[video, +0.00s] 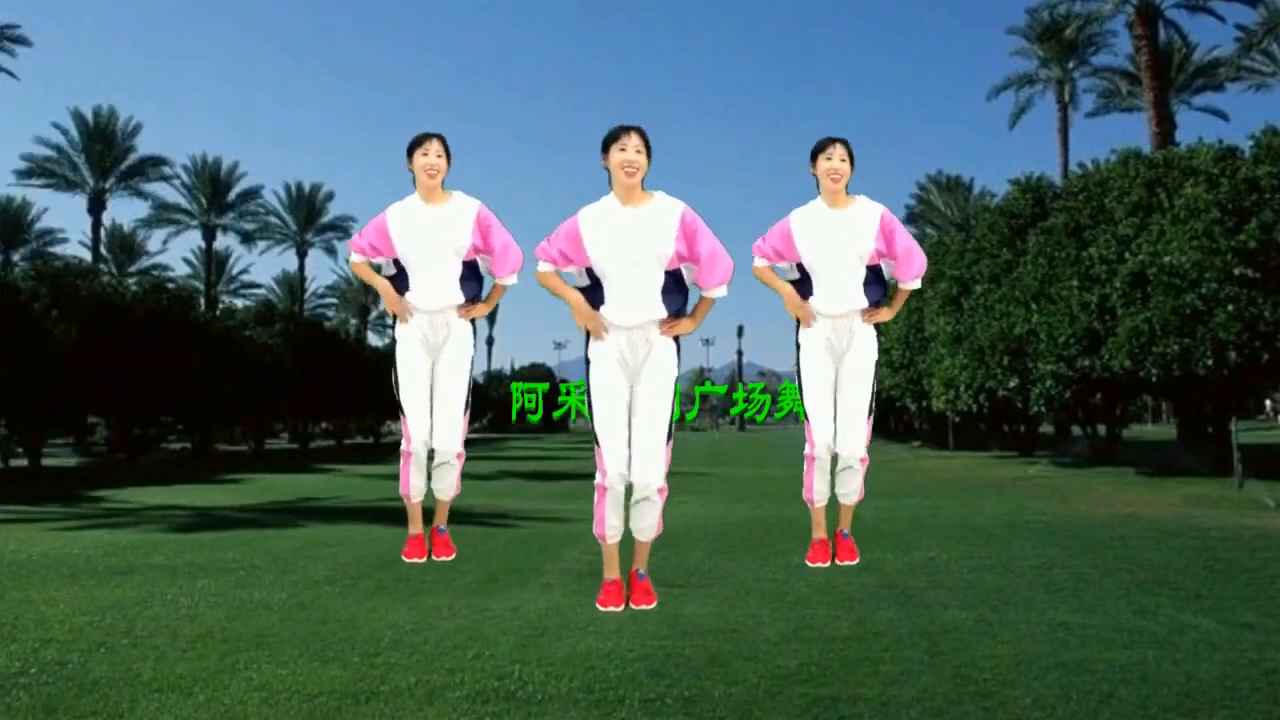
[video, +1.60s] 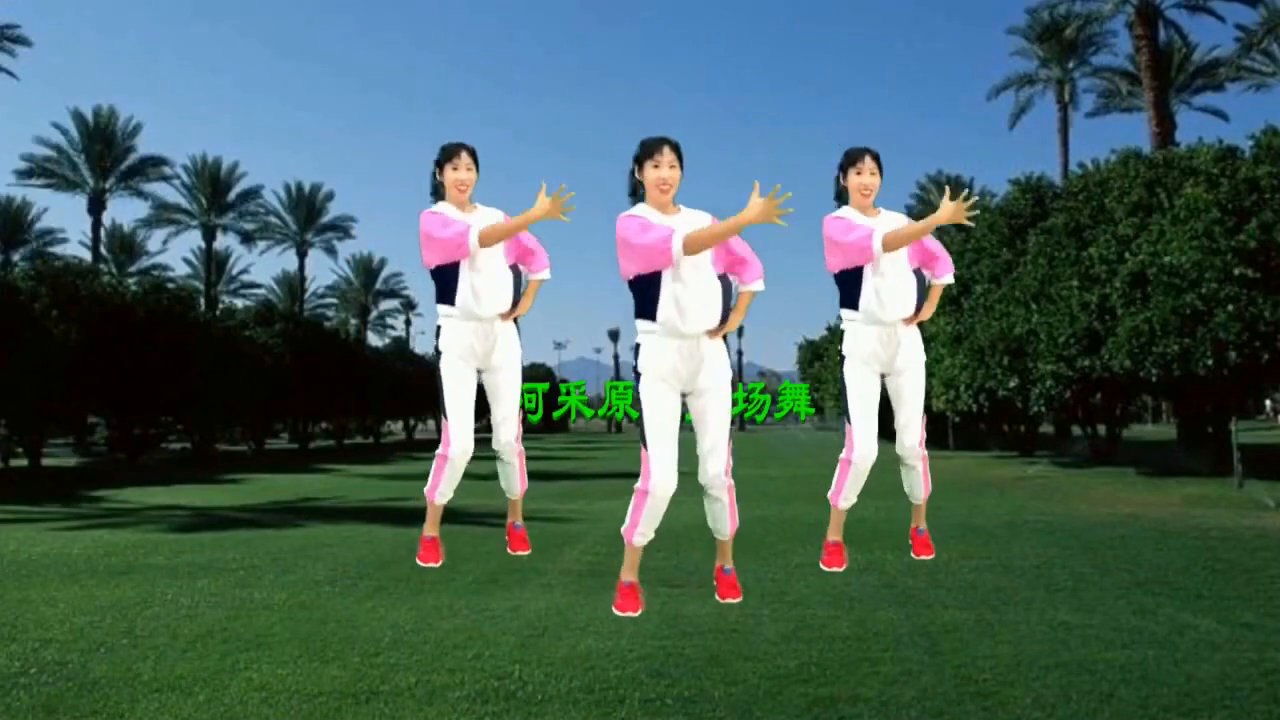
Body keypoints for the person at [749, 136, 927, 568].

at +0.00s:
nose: (835, 165)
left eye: (842, 159)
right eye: (827, 159)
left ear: (852, 170)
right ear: (814, 169)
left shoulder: (874, 215)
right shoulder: (799, 220)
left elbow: (913, 263)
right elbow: (759, 262)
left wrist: (891, 308)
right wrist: (788, 293)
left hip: (860, 330)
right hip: (815, 330)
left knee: (853, 439)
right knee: (820, 437)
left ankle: (844, 533)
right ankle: (819, 536)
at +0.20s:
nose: (835, 175)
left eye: (841, 169)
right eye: (826, 169)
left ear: (849, 179)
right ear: (811, 178)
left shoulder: (872, 220)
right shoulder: (800, 232)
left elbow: (911, 267)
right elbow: (766, 287)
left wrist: (896, 315)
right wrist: (789, 270)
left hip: (863, 335)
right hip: (818, 337)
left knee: (859, 436)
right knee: (822, 439)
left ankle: (864, 500)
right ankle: (819, 534)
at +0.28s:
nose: (837, 167)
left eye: (843, 161)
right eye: (828, 160)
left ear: (850, 170)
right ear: (812, 168)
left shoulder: (872, 207)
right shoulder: (800, 219)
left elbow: (915, 254)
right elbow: (770, 263)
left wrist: (899, 301)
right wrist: (796, 215)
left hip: (868, 324)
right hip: (824, 329)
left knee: (873, 431)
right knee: (826, 435)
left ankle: (882, 498)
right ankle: (819, 534)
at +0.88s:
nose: (847, 152)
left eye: (852, 144)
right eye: (839, 145)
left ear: (862, 148)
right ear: (824, 153)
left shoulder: (889, 182)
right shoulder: (821, 193)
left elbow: (932, 224)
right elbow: (814, 223)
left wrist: (917, 276)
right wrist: (819, 169)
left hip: (887, 296)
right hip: (843, 298)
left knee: (892, 422)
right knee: (838, 417)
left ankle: (886, 462)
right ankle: (829, 523)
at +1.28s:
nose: (857, 153)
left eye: (859, 145)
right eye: (847, 146)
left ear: (867, 156)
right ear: (832, 159)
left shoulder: (895, 200)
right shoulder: (823, 205)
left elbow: (930, 247)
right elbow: (859, 217)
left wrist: (916, 291)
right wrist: (853, 159)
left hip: (889, 308)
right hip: (844, 309)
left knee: (898, 430)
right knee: (839, 430)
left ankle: (895, 492)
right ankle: (831, 530)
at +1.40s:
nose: (860, 165)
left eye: (867, 158)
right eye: (852, 157)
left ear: (877, 165)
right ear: (838, 164)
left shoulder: (899, 202)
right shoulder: (829, 206)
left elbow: (936, 246)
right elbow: (876, 214)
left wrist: (924, 288)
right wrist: (906, 167)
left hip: (901, 309)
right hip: (858, 313)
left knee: (910, 427)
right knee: (854, 432)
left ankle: (920, 521)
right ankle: (835, 533)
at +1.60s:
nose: (866, 179)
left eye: (873, 173)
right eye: (858, 173)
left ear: (881, 181)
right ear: (843, 181)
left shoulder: (902, 223)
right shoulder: (835, 224)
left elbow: (943, 267)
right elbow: (882, 243)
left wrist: (923, 314)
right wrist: (936, 220)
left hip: (905, 338)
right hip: (860, 340)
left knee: (911, 443)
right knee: (861, 448)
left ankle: (919, 526)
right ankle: (834, 536)